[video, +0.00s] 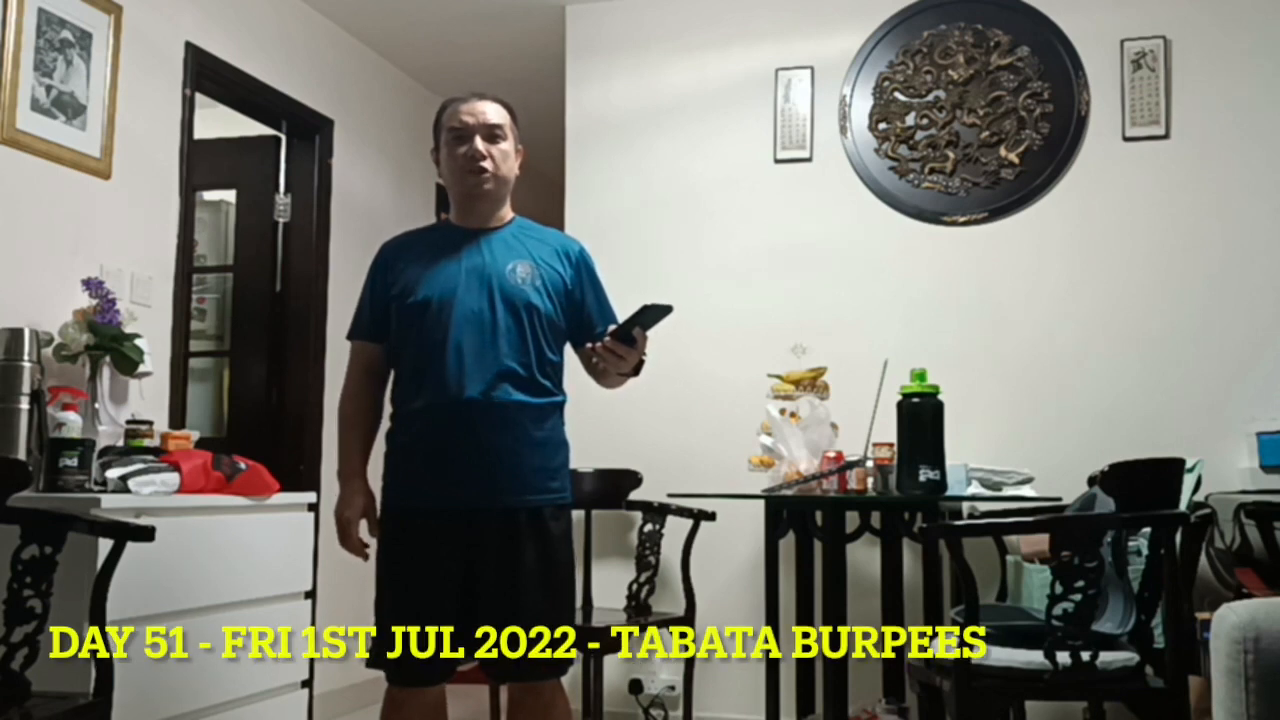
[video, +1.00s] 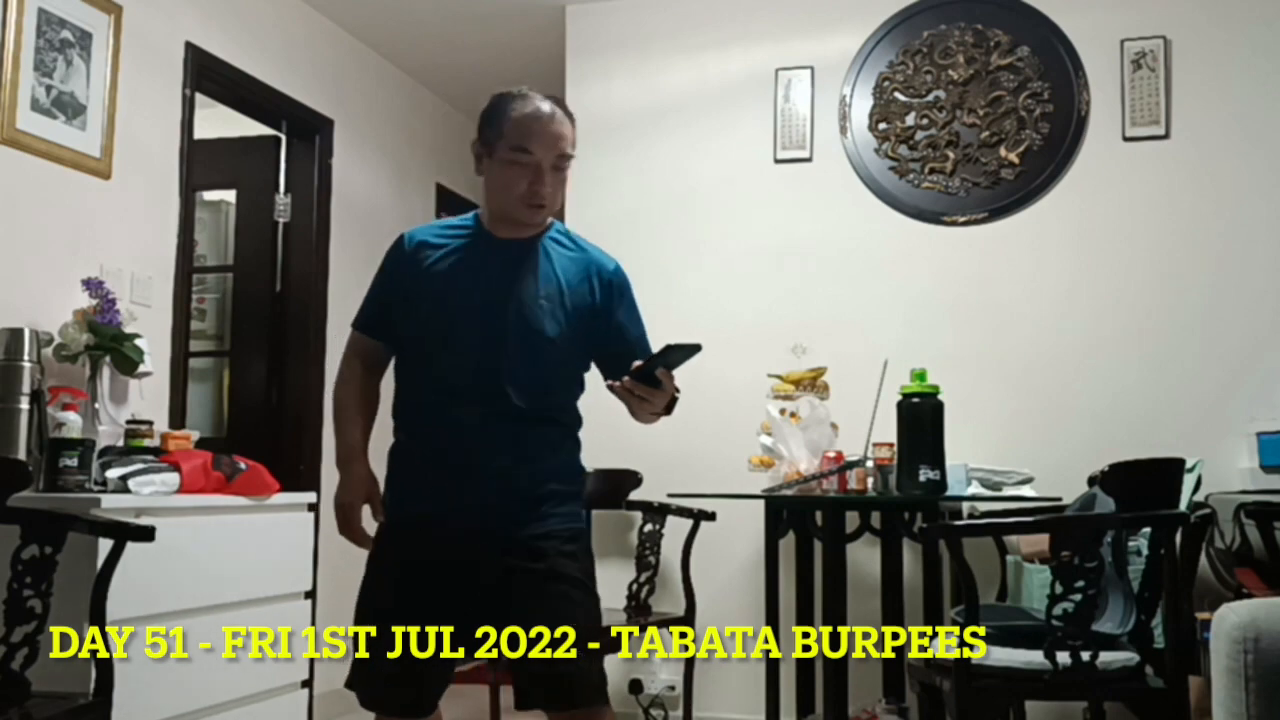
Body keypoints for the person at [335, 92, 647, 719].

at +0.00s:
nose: (477, 146)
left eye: (493, 135)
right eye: (460, 137)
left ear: (519, 159)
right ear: (438, 161)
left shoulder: (562, 254)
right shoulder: (400, 257)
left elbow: (602, 362)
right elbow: (365, 376)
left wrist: (622, 362)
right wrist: (352, 477)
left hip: (529, 497)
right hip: (422, 496)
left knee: (536, 680)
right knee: (413, 680)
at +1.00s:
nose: (543, 185)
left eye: (559, 167)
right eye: (523, 163)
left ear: (571, 171)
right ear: (481, 158)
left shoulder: (594, 274)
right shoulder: (416, 256)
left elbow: (638, 390)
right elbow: (362, 364)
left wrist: (653, 400)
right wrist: (352, 466)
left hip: (543, 521)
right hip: (428, 512)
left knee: (577, 700)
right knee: (398, 701)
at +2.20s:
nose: (605, 215)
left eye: (629, 195)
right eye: (587, 189)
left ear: (651, 206)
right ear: (554, 189)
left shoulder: (671, 328)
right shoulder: (492, 279)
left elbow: (719, 474)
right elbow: (436, 394)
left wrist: (722, 593)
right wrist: (420, 511)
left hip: (610, 542)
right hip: (493, 533)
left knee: (630, 703)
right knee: (471, 705)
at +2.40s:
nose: (510, 162)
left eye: (530, 147)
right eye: (492, 146)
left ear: (559, 165)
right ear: (469, 162)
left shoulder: (596, 271)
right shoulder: (423, 263)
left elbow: (636, 404)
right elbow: (382, 385)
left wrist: (647, 519)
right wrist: (370, 497)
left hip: (561, 522)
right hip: (451, 522)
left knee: (587, 691)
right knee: (448, 692)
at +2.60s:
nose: (476, 174)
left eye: (495, 155)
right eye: (457, 157)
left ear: (527, 164)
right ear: (437, 166)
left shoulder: (570, 266)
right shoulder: (399, 266)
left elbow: (603, 393)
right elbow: (359, 386)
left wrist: (601, 507)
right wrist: (349, 494)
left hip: (544, 518)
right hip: (442, 517)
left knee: (548, 689)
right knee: (458, 684)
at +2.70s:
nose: (458, 227)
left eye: (477, 205)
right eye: (439, 207)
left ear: (515, 194)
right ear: (419, 202)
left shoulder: (562, 288)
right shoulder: (392, 289)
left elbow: (592, 418)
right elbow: (362, 409)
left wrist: (586, 531)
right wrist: (353, 519)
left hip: (538, 527)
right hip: (437, 527)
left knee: (543, 689)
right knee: (453, 688)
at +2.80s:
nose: (449, 317)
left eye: (467, 294)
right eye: (427, 297)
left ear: (502, 265)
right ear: (405, 279)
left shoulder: (555, 339)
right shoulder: (380, 342)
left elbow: (583, 472)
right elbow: (360, 466)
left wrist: (576, 589)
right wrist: (358, 575)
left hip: (537, 530)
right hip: (437, 532)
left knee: (550, 678)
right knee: (441, 686)